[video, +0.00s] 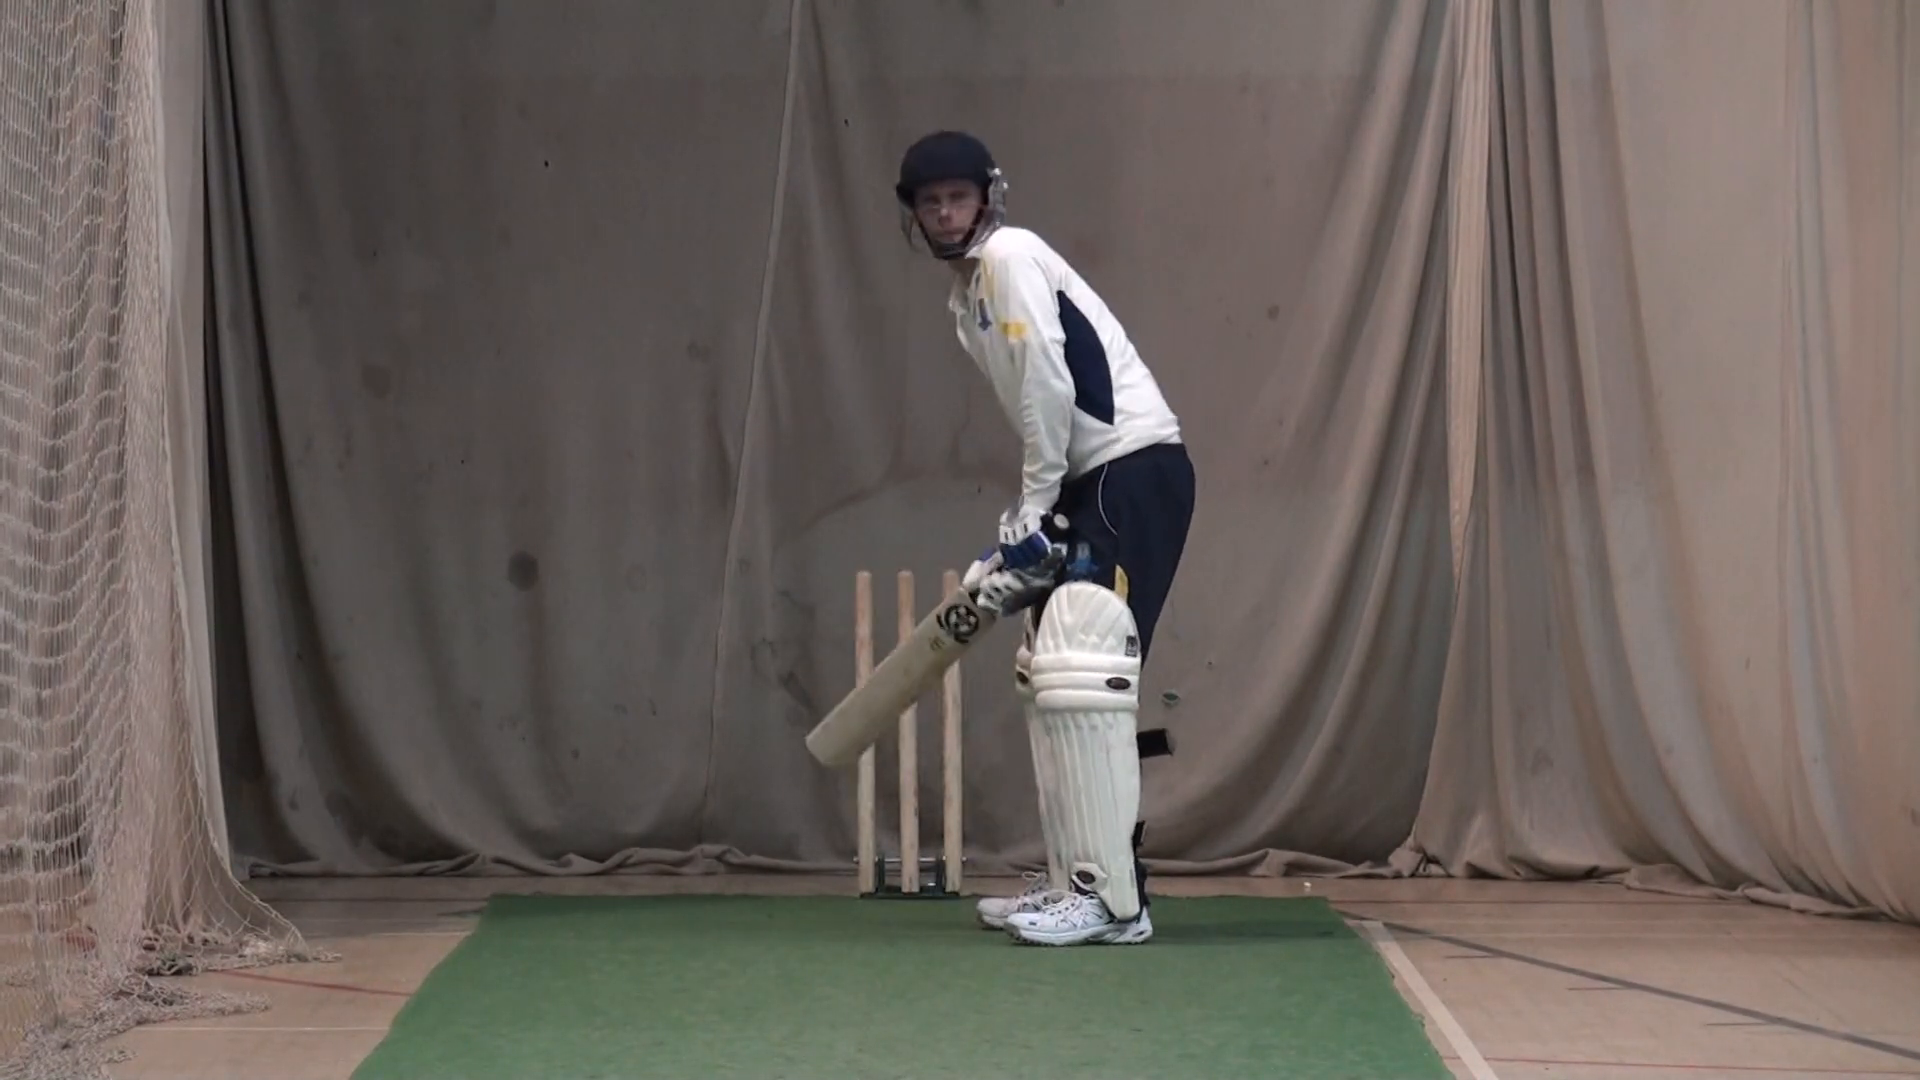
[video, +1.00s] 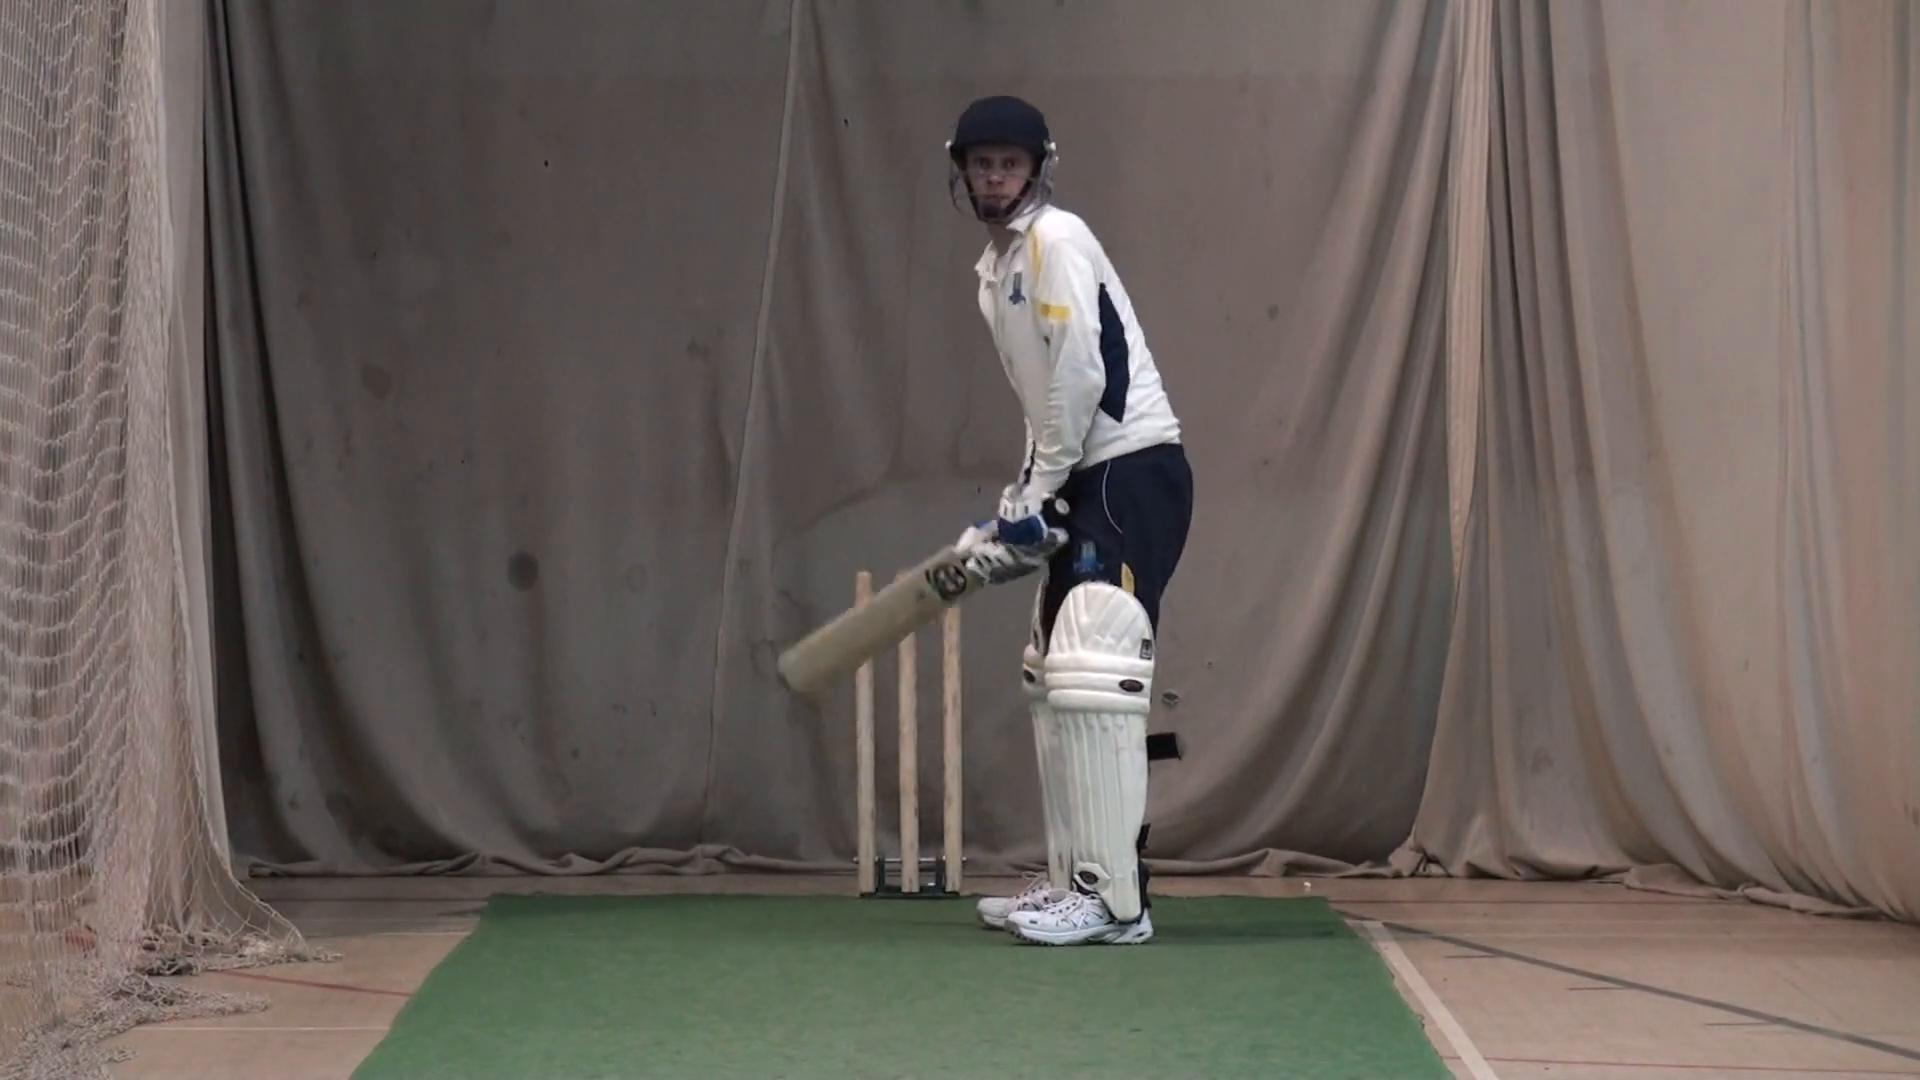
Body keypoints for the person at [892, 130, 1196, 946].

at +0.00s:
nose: (947, 215)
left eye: (961, 198)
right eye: (931, 203)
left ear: (988, 198)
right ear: (912, 215)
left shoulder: (1009, 259)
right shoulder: (971, 299)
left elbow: (1050, 398)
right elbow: (1038, 419)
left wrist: (1031, 518)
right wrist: (1023, 534)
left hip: (1134, 471)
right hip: (1092, 479)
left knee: (1091, 678)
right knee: (1061, 676)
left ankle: (1112, 898)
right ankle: (1079, 881)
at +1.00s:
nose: (993, 181)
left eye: (1010, 164)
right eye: (979, 165)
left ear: (1037, 168)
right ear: (961, 173)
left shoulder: (1054, 241)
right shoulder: (995, 269)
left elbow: (1082, 377)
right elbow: (1042, 404)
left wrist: (1036, 496)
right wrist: (1012, 515)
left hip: (1131, 473)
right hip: (1083, 480)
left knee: (1097, 678)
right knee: (1056, 675)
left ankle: (1113, 896)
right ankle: (1079, 882)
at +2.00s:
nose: (983, 182)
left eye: (999, 166)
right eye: (970, 168)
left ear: (1030, 168)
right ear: (955, 174)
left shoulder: (1047, 234)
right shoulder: (1003, 264)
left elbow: (1073, 366)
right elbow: (1044, 397)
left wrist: (1028, 482)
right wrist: (1012, 504)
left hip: (1125, 471)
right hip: (1082, 479)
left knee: (1091, 677)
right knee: (1050, 675)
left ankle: (1113, 895)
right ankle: (1082, 877)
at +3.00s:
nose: (967, 198)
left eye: (982, 182)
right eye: (952, 186)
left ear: (1013, 183)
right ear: (936, 195)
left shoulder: (1030, 243)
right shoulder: (992, 277)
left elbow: (1065, 377)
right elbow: (1043, 408)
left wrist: (1034, 488)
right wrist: (1011, 517)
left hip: (1126, 470)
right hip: (1080, 480)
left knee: (1082, 672)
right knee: (1037, 672)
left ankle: (1112, 898)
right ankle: (1076, 881)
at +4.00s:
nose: (975, 198)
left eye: (989, 183)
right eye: (959, 185)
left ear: (1015, 185)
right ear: (938, 193)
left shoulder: (1036, 250)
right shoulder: (979, 286)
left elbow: (1071, 387)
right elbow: (1045, 409)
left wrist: (1026, 500)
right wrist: (998, 510)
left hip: (1135, 466)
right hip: (1080, 478)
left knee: (1089, 662)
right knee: (1039, 667)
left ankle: (1115, 895)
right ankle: (1076, 881)